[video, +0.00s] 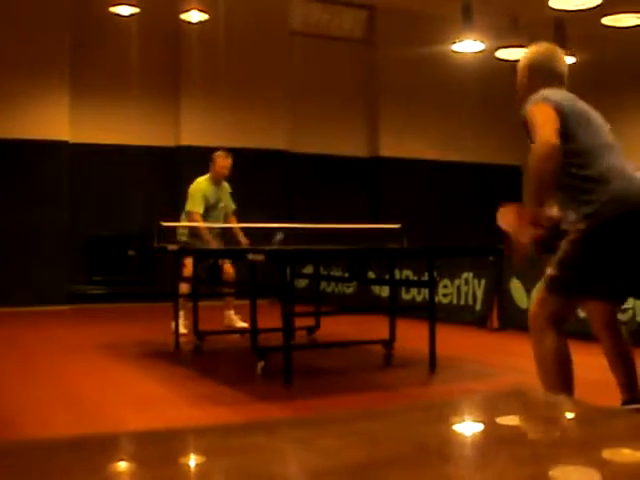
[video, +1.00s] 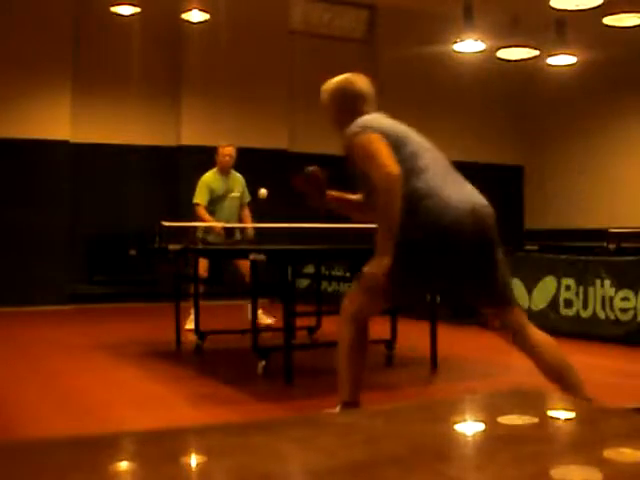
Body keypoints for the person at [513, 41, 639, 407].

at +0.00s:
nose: (516, 81)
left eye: (518, 73)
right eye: (516, 73)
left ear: (525, 75)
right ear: (562, 76)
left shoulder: (541, 101)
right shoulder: (581, 107)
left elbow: (547, 144)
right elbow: (602, 177)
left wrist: (532, 214)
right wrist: (559, 216)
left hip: (604, 219)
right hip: (631, 214)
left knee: (543, 314)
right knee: (602, 311)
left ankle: (561, 414)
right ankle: (632, 401)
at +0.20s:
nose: (525, 44)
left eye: (526, 38)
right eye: (528, 39)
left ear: (531, 38)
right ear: (569, 41)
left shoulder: (536, 62)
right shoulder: (593, 77)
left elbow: (532, 97)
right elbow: (594, 142)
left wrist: (517, 171)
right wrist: (543, 185)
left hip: (577, 190)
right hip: (622, 190)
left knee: (550, 308)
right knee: (615, 303)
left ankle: (561, 412)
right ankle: (633, 401)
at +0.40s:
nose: (533, 51)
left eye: (535, 45)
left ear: (539, 47)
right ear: (579, 51)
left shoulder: (541, 74)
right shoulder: (601, 90)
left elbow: (541, 106)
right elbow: (612, 155)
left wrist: (526, 177)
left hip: (562, 211)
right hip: (614, 213)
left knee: (498, 311)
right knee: (616, 327)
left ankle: (512, 407)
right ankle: (635, 414)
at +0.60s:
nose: (500, 72)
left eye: (502, 66)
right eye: (500, 66)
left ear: (510, 69)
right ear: (544, 70)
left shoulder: (508, 95)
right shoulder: (569, 107)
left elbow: (509, 129)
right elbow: (564, 165)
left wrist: (498, 196)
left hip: (535, 216)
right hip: (589, 217)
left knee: (458, 310)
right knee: (608, 327)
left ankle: (436, 403)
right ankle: (634, 418)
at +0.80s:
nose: (416, 100)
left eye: (417, 92)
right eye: (416, 92)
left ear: (426, 91)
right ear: (457, 89)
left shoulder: (437, 115)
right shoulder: (486, 123)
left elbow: (448, 158)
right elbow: (467, 203)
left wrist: (439, 225)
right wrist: (391, 205)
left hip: (477, 240)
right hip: (526, 237)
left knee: (400, 323)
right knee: (570, 339)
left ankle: (358, 404)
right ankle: (622, 412)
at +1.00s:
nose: (328, 115)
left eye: (327, 108)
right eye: (328, 107)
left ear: (335, 108)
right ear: (366, 101)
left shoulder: (361, 130)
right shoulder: (393, 129)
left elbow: (389, 175)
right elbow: (383, 206)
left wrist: (383, 253)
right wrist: (327, 198)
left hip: (432, 226)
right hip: (477, 222)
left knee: (354, 309)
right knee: (516, 324)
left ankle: (347, 406)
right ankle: (585, 402)